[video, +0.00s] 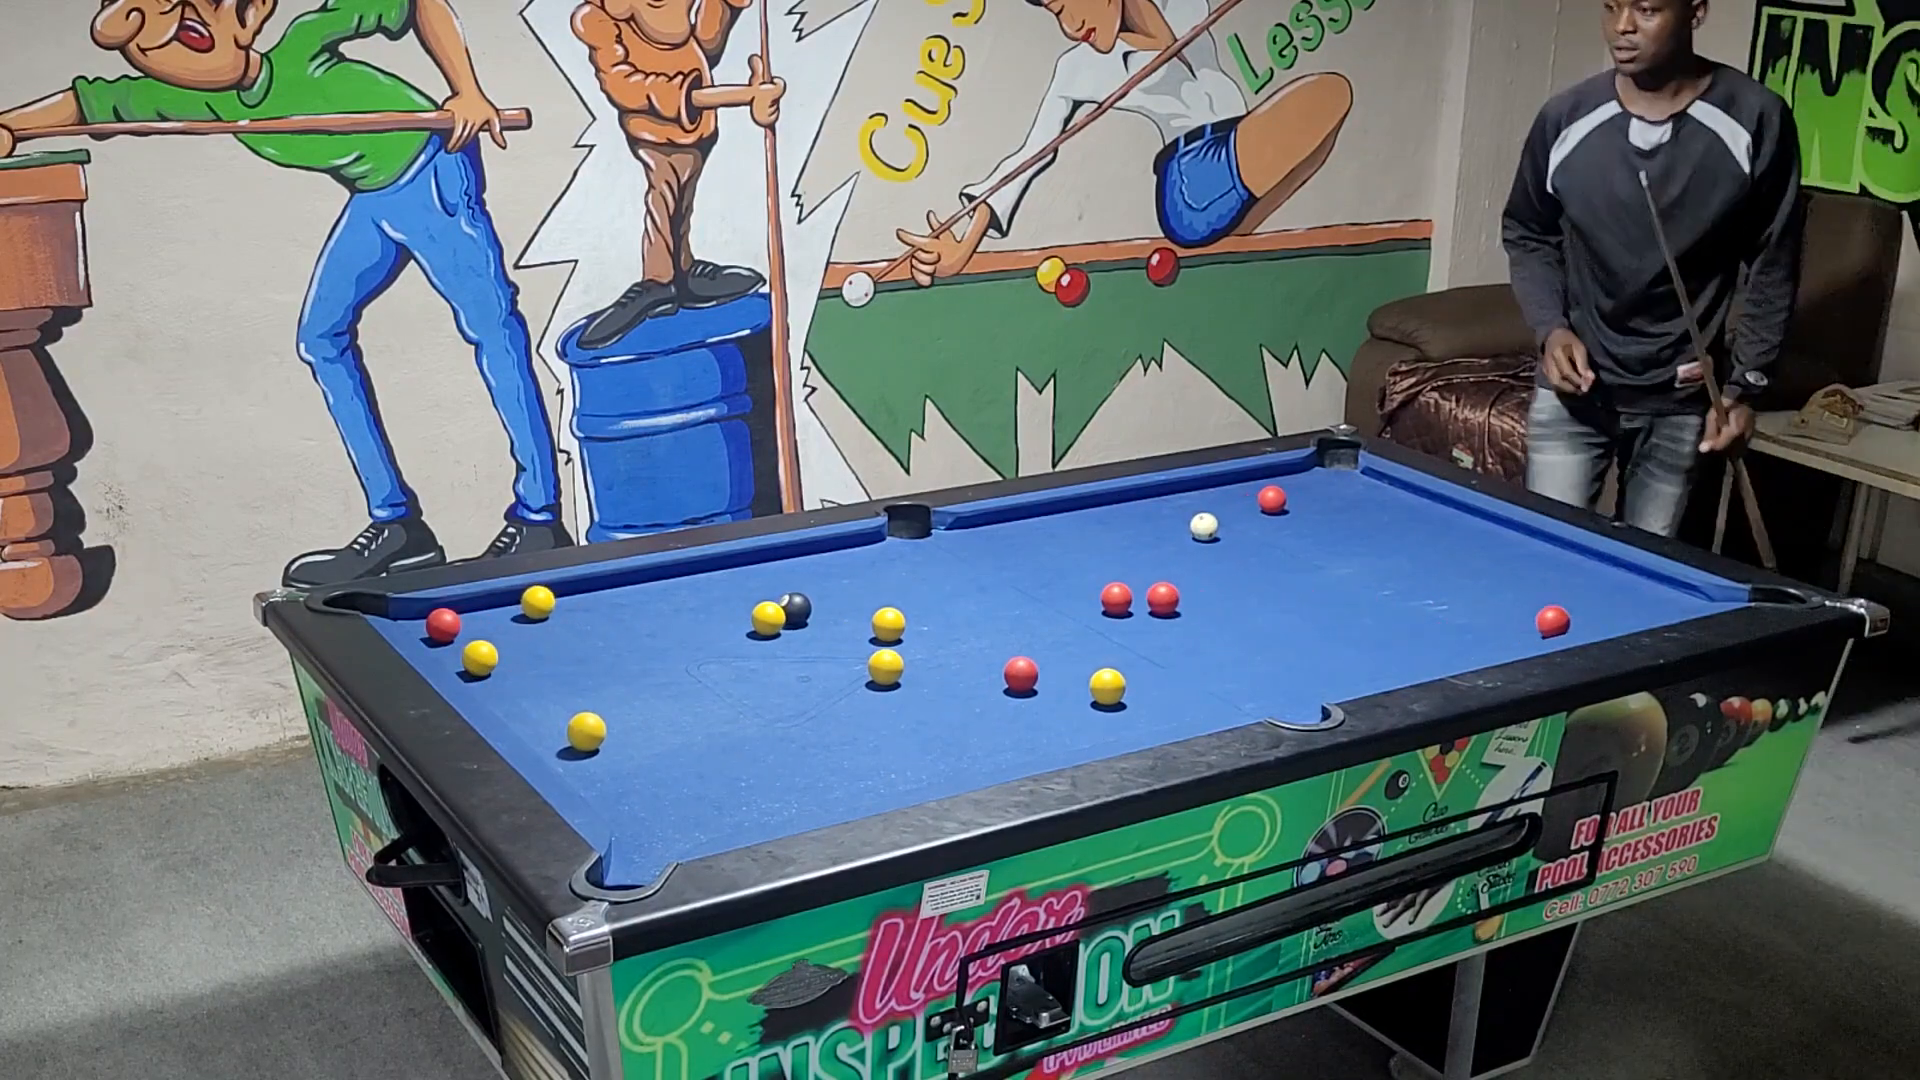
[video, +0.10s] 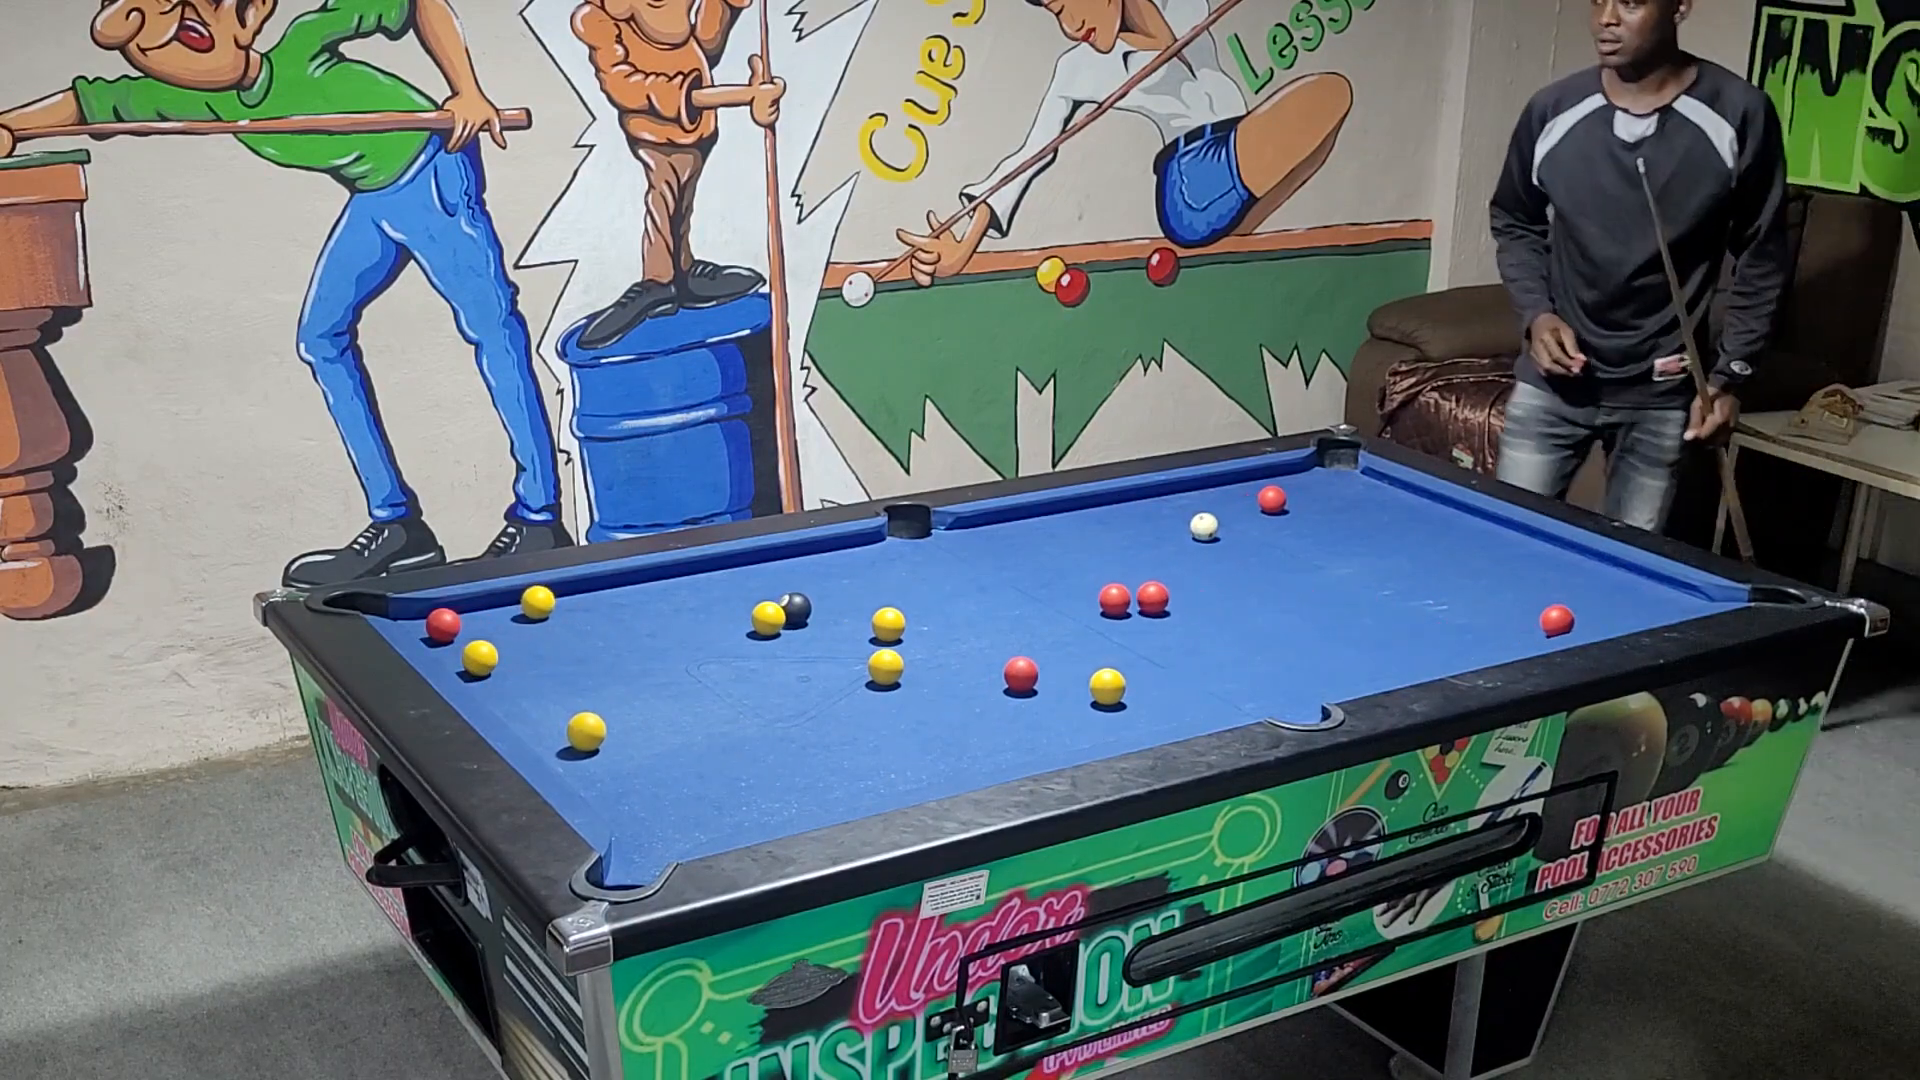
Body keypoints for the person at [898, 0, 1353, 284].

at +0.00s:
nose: (1069, 24)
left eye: (1070, 5)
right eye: (1057, 15)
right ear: (1056, 18)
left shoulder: (1177, 10)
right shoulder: (1076, 69)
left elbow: (1198, 61)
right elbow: (1029, 156)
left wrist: (1140, 12)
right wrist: (964, 245)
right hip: (1194, 183)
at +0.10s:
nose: (1069, 24)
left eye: (1070, 5)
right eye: (1057, 15)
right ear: (1056, 18)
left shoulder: (1177, 10)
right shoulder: (1076, 69)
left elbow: (1198, 61)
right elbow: (1029, 156)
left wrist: (1140, 12)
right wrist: (964, 245)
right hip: (1194, 183)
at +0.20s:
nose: (1069, 23)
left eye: (1071, 4)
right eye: (1056, 15)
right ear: (1055, 18)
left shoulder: (1177, 10)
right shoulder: (1076, 68)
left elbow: (1196, 60)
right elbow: (1029, 156)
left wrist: (1139, 11)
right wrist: (964, 245)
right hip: (1194, 183)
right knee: (1329, 91)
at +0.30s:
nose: (1069, 23)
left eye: (1071, 4)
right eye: (1056, 15)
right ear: (1055, 18)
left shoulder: (1177, 10)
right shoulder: (1076, 68)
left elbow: (1196, 60)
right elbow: (1029, 156)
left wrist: (1139, 11)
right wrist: (964, 245)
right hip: (1194, 183)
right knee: (1329, 91)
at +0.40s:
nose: (1069, 24)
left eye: (1069, 5)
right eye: (1056, 15)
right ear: (1056, 18)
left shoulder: (1177, 11)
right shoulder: (1077, 68)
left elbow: (1201, 65)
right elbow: (1029, 156)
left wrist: (1145, 15)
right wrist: (964, 245)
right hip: (1190, 184)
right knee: (1330, 91)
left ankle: (1237, 232)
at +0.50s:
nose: (1070, 24)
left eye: (1075, 6)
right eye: (1058, 16)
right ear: (1057, 20)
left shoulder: (1178, 13)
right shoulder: (1076, 68)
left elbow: (1206, 67)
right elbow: (1029, 157)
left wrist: (1149, 21)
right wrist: (964, 245)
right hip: (1190, 182)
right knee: (1330, 91)